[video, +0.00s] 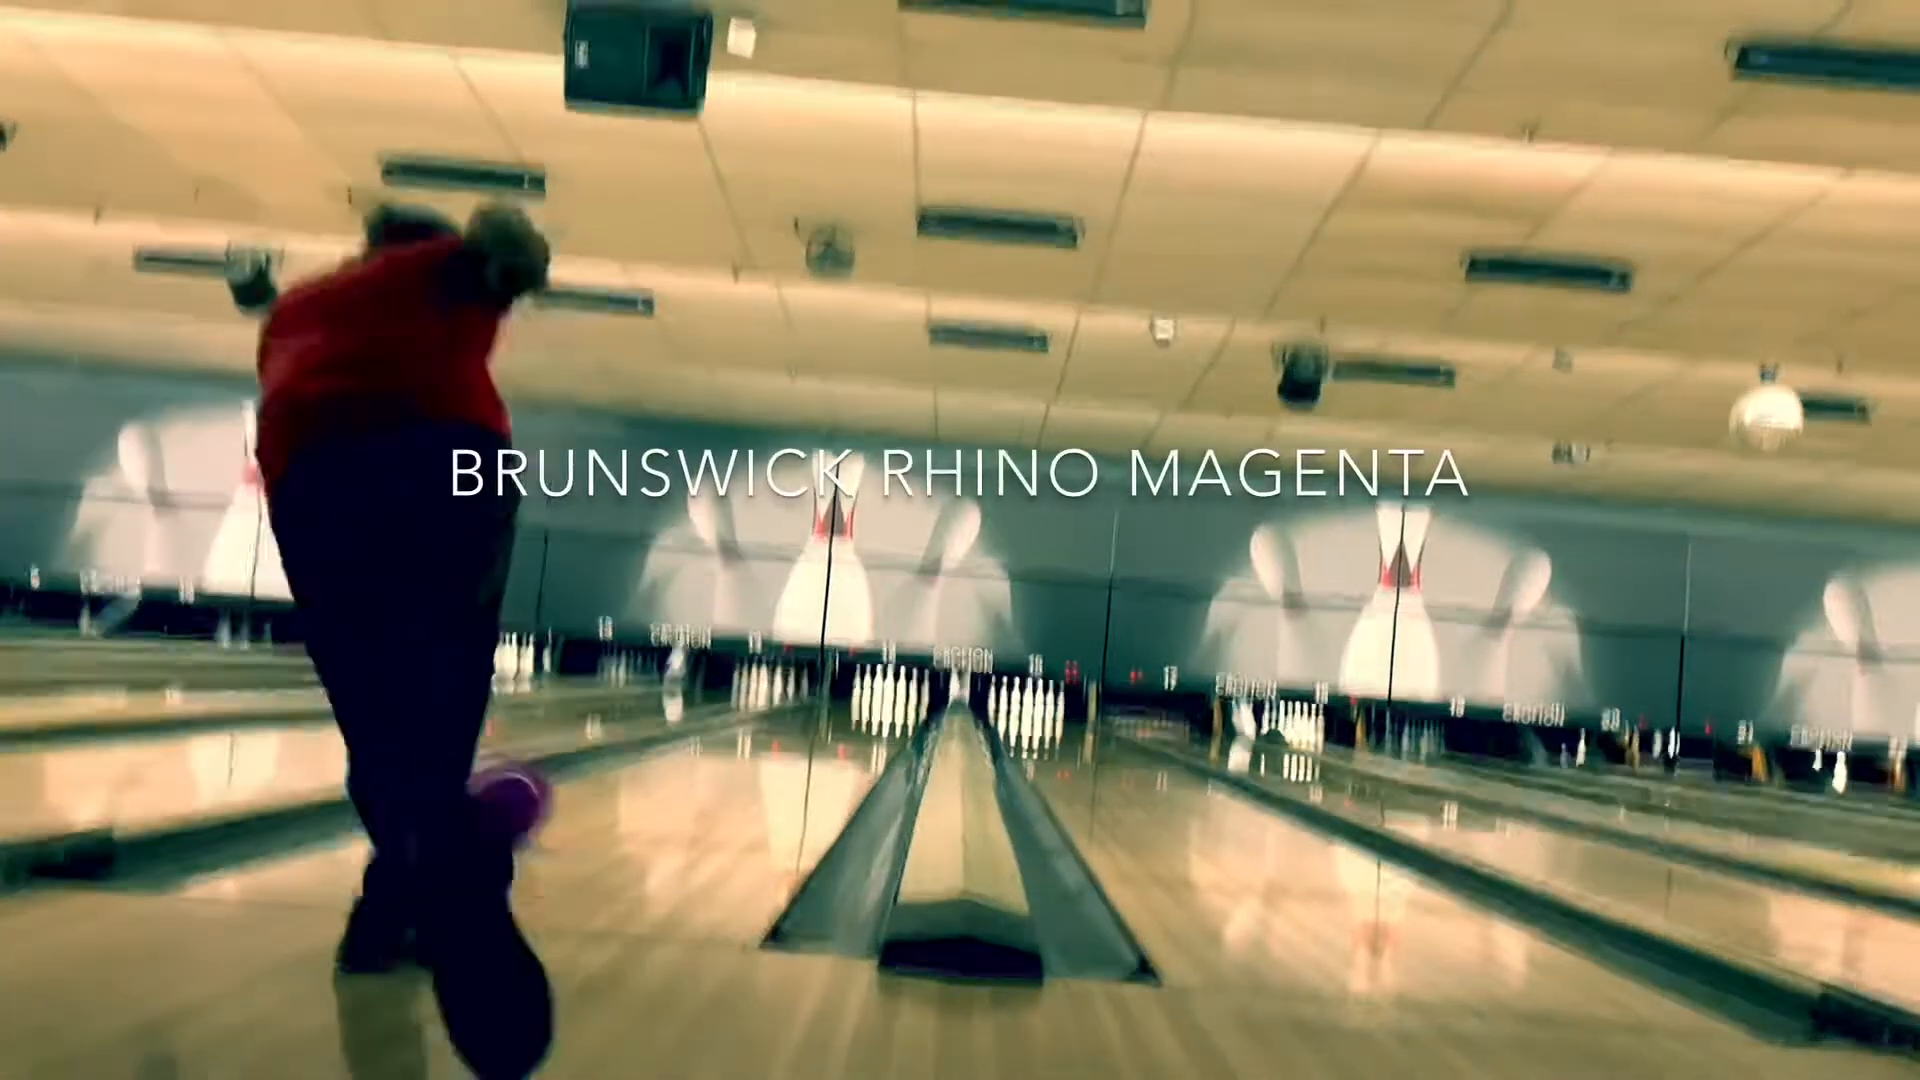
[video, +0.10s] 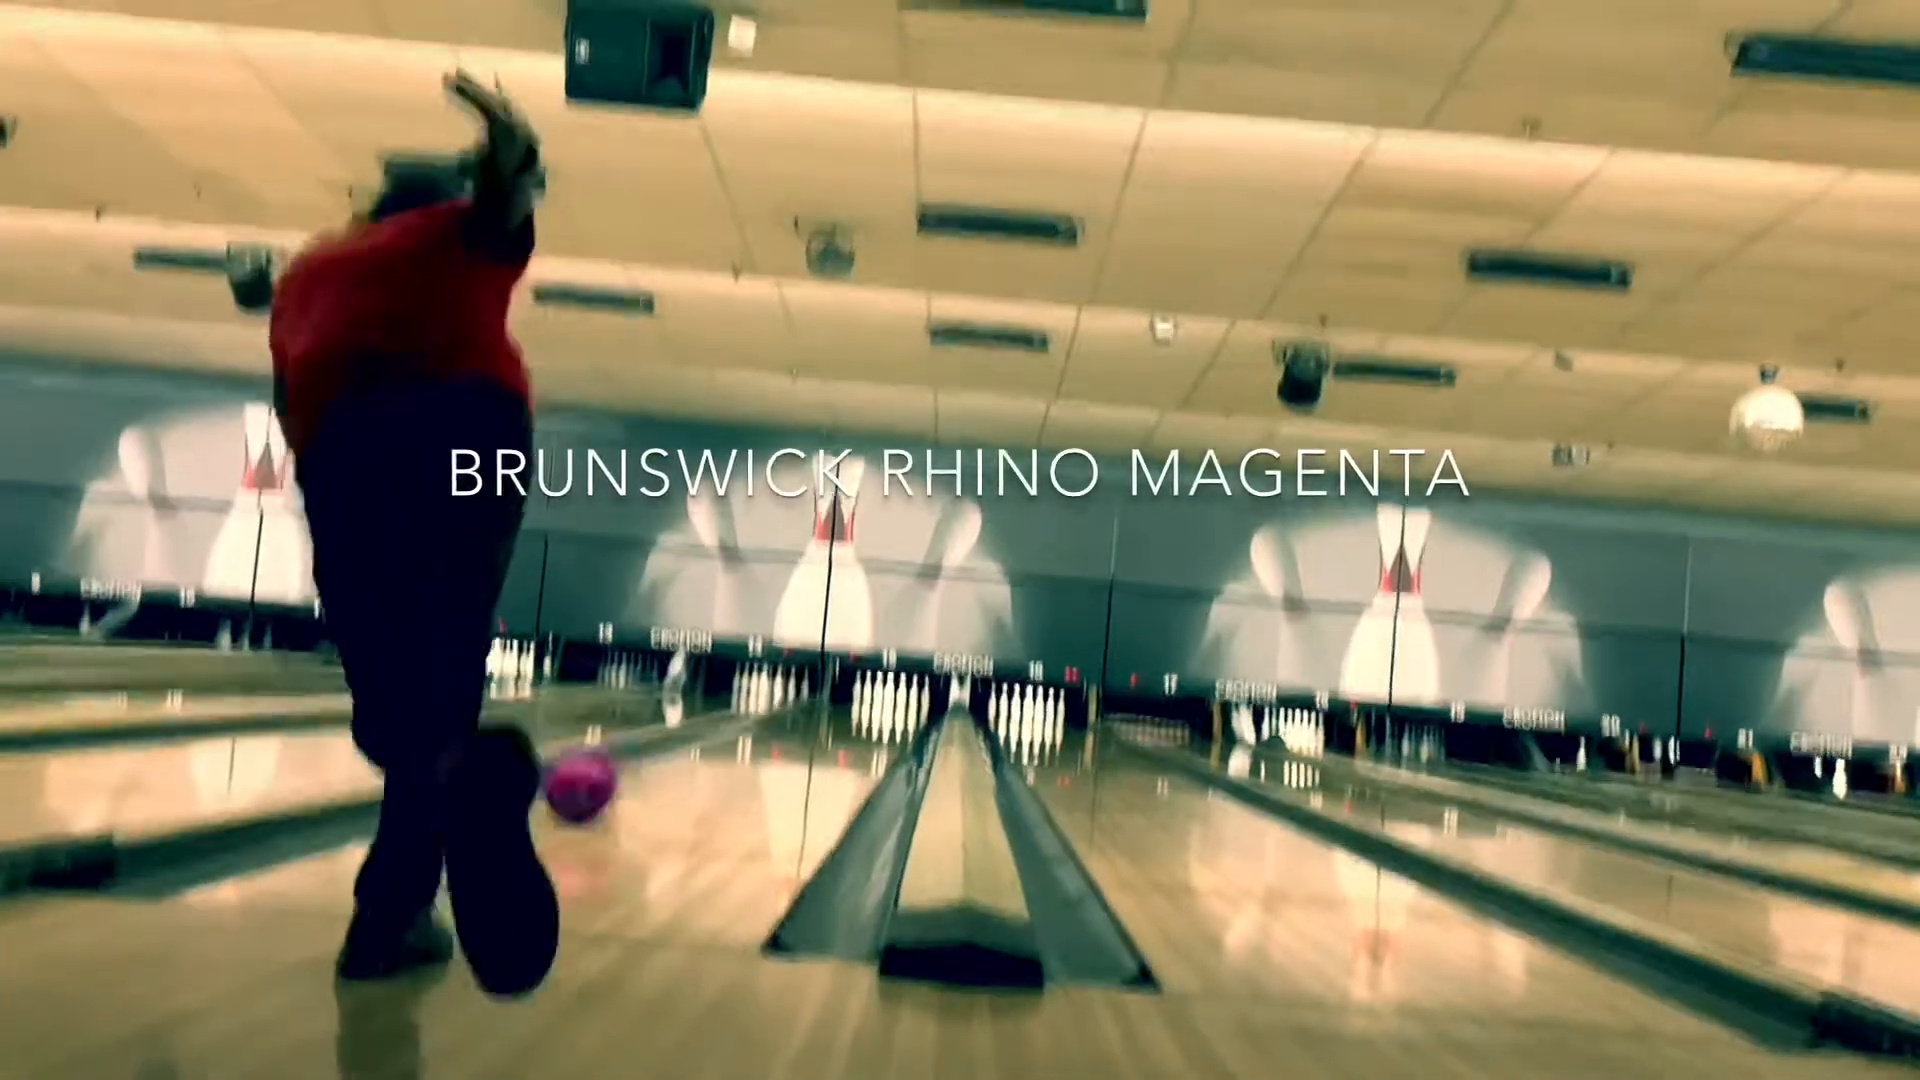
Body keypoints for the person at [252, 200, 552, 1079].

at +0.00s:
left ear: (370, 245)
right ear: (442, 242)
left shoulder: (302, 298)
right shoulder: (448, 258)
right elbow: (518, 250)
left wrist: (258, 294)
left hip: (313, 472)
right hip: (447, 452)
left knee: (369, 700)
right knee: (445, 677)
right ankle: (387, 903)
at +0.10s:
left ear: (377, 203)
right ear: (455, 203)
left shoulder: (311, 267)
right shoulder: (463, 237)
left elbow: (257, 291)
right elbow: (509, 191)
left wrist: (258, 283)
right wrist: (509, 144)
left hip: (348, 433)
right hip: (469, 415)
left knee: (375, 684)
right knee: (445, 667)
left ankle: (468, 784)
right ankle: (386, 926)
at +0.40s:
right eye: (447, 146)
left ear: (363, 141)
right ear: (452, 148)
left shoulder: (301, 196)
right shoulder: (479, 180)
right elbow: (551, 177)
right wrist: (561, 271)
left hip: (350, 394)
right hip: (475, 390)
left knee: (337, 629)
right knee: (440, 649)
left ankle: (407, 707)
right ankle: (385, 921)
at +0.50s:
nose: (446, 138)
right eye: (444, 125)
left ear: (347, 117)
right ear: (437, 125)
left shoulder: (289, 168)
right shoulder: (469, 167)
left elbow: (227, 329)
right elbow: (553, 186)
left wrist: (163, 469)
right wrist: (565, 298)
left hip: (339, 383)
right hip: (462, 383)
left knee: (296, 615)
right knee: (433, 638)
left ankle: (338, 753)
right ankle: (389, 913)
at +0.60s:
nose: (430, 117)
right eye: (426, 103)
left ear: (324, 86)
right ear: (415, 102)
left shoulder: (272, 141)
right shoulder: (453, 153)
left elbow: (204, 292)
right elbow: (540, 189)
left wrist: (130, 431)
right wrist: (553, 313)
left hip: (312, 387)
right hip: (445, 388)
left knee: (246, 611)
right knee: (422, 648)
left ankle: (228, 847)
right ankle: (390, 911)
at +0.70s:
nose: (402, 95)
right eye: (401, 82)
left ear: (294, 64)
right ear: (388, 79)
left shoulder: (238, 125)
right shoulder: (428, 139)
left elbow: (174, 277)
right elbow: (513, 190)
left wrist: (99, 420)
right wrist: (517, 333)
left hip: (276, 381)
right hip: (412, 389)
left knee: (193, 624)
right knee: (405, 649)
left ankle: (104, 893)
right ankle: (386, 912)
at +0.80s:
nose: (368, 65)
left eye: (358, 52)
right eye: (364, 53)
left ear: (267, 46)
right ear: (355, 53)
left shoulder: (200, 117)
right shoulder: (390, 122)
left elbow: (135, 277)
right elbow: (463, 185)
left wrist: (80, 425)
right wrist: (467, 341)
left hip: (225, 392)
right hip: (362, 394)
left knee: (159, 619)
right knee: (380, 642)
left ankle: (84, 880)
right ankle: (382, 912)